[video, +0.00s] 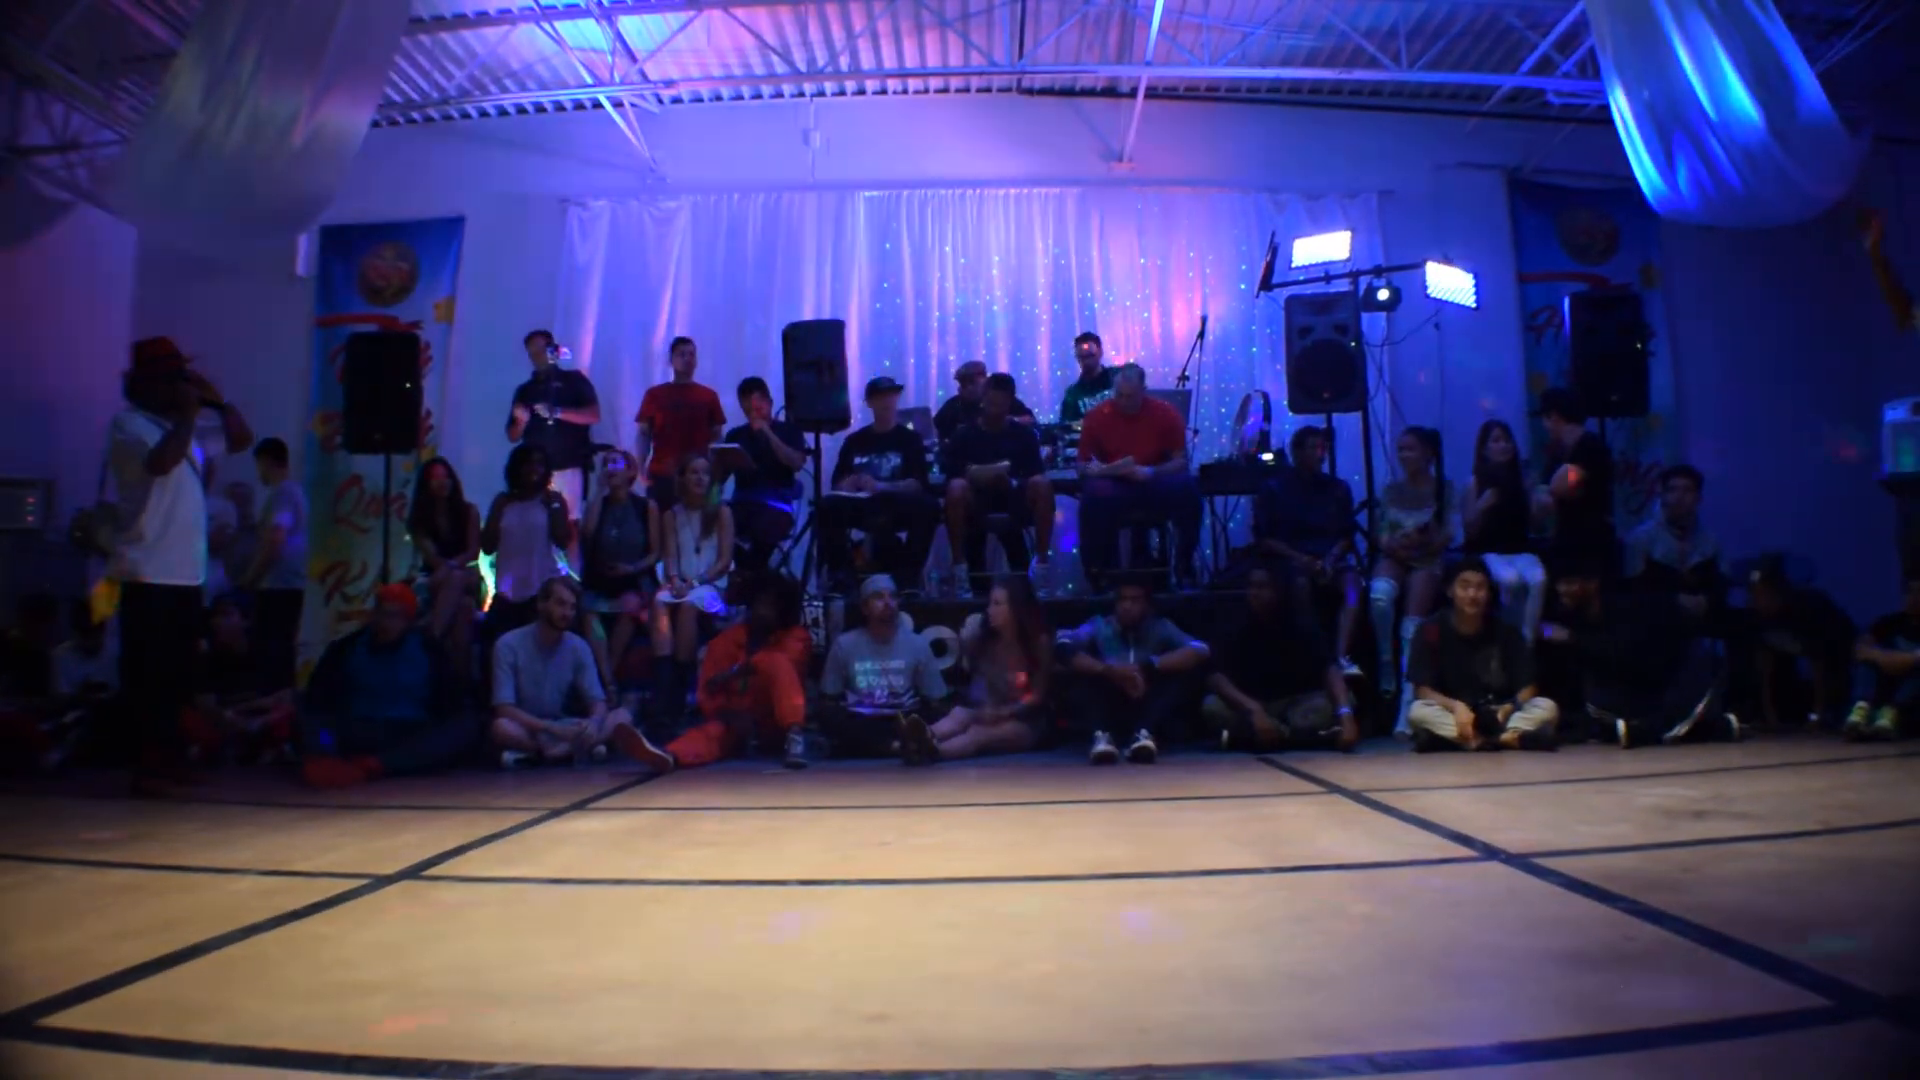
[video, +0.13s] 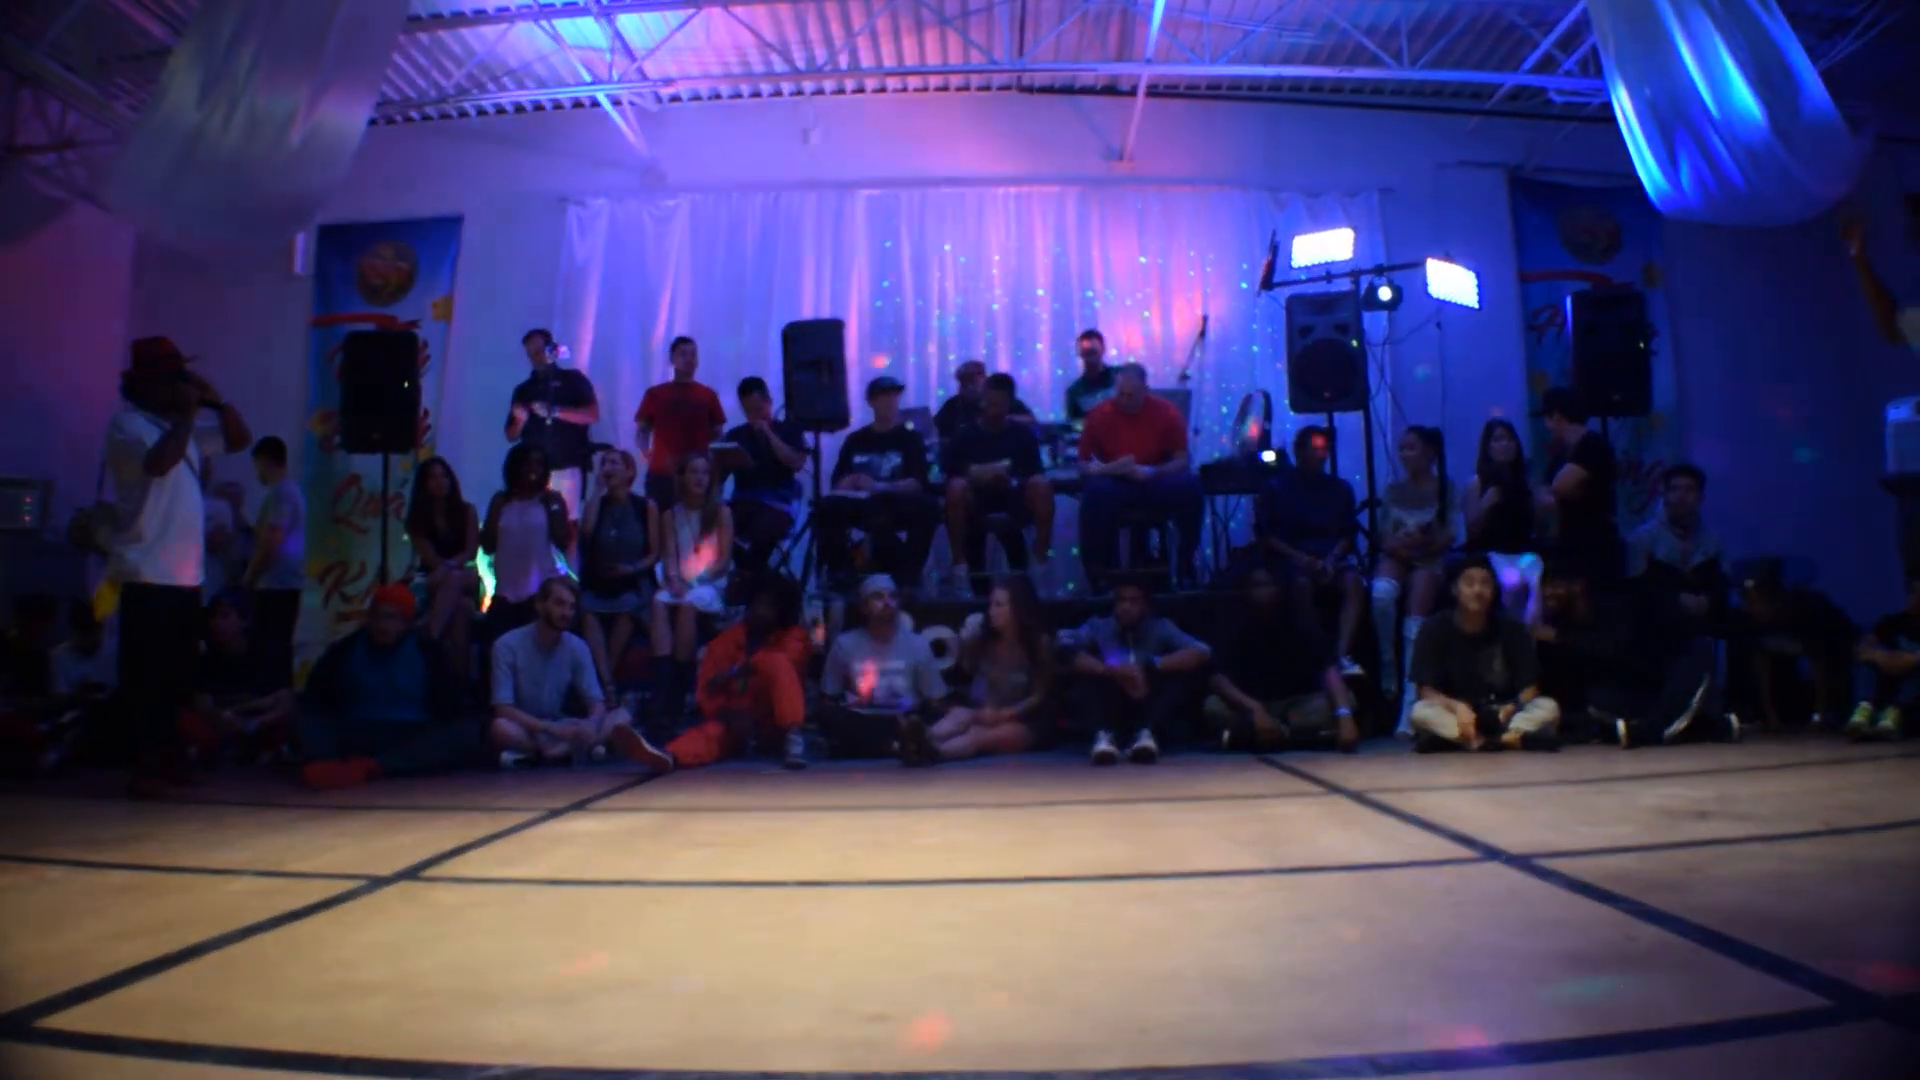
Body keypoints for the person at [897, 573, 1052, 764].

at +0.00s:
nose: (990, 610)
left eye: (998, 604)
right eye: (990, 604)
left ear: (1017, 607)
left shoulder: (1036, 644)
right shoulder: (986, 643)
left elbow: (1037, 696)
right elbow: (977, 685)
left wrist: (999, 713)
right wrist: (985, 708)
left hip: (1027, 718)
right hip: (994, 712)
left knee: (979, 734)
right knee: (960, 715)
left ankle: (931, 752)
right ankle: (922, 735)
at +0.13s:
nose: (992, 612)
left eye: (999, 605)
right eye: (991, 605)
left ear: (1018, 609)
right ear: (988, 607)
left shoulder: (1036, 645)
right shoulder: (987, 643)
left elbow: (1039, 696)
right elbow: (965, 676)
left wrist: (1001, 715)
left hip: (1023, 720)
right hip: (990, 713)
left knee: (979, 736)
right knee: (959, 716)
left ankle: (933, 753)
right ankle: (921, 739)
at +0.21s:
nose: (992, 612)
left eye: (998, 605)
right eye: (991, 605)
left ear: (1017, 608)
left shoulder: (1037, 645)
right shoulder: (982, 641)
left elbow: (1039, 696)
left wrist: (1001, 714)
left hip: (1017, 719)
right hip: (983, 711)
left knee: (977, 735)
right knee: (958, 716)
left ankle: (934, 753)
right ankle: (921, 739)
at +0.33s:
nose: (992, 614)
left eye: (998, 607)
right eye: (991, 607)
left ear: (1018, 609)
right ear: (989, 609)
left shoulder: (1038, 644)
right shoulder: (986, 638)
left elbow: (1040, 697)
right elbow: (962, 640)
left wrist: (999, 715)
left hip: (1021, 718)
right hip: (985, 710)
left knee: (978, 734)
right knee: (958, 715)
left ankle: (931, 752)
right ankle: (924, 737)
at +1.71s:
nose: (982, 615)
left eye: (987, 608)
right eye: (978, 609)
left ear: (1002, 608)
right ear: (975, 609)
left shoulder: (1023, 639)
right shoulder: (975, 636)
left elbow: (1032, 685)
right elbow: (957, 668)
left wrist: (996, 714)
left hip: (1019, 716)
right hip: (981, 709)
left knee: (978, 736)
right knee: (959, 717)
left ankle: (933, 751)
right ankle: (924, 737)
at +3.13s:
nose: (994, 600)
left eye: (999, 595)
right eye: (988, 595)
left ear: (1008, 599)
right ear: (978, 599)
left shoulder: (1023, 636)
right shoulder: (969, 636)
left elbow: (1046, 682)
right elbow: (956, 687)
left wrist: (1020, 712)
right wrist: (964, 707)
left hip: (1014, 713)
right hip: (978, 712)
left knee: (988, 734)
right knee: (960, 718)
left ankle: (934, 751)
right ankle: (924, 736)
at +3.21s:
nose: (992, 601)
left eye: (998, 595)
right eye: (986, 595)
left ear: (1007, 599)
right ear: (977, 599)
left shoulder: (1023, 634)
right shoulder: (969, 634)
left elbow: (1050, 675)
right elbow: (956, 686)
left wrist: (1043, 712)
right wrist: (963, 704)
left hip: (1017, 709)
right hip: (979, 707)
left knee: (983, 735)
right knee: (962, 719)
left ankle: (936, 751)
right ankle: (923, 736)